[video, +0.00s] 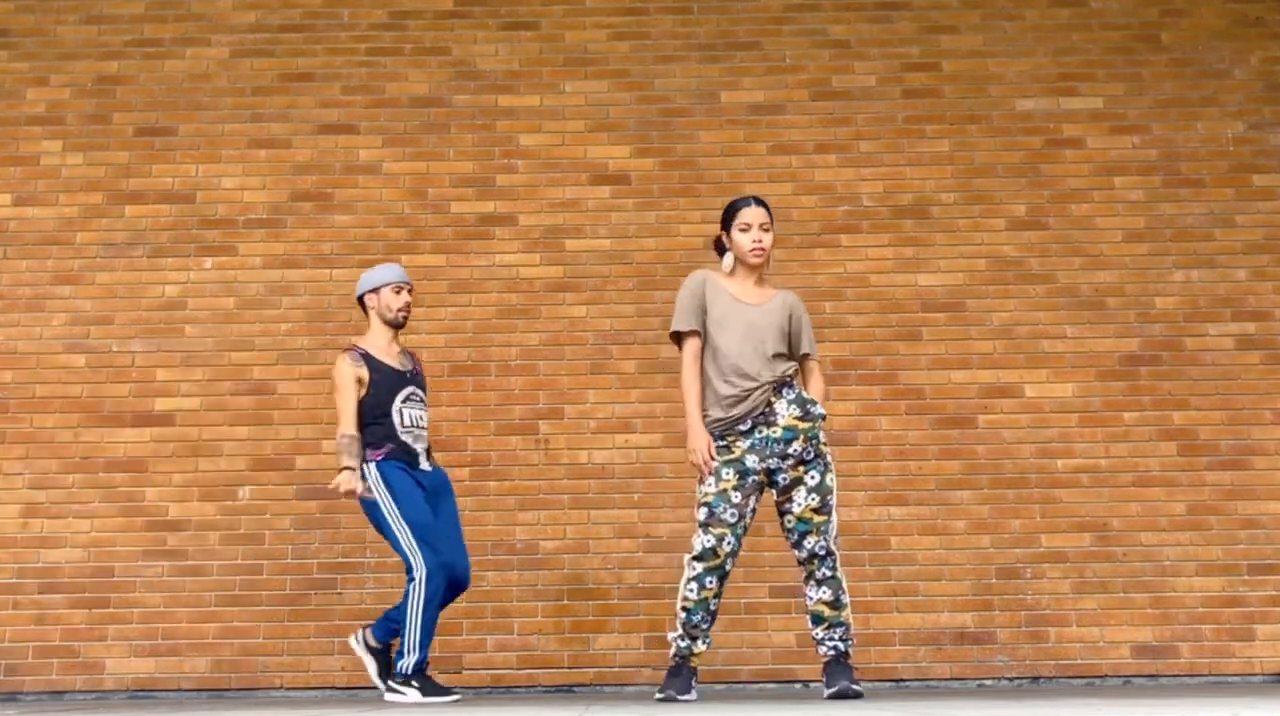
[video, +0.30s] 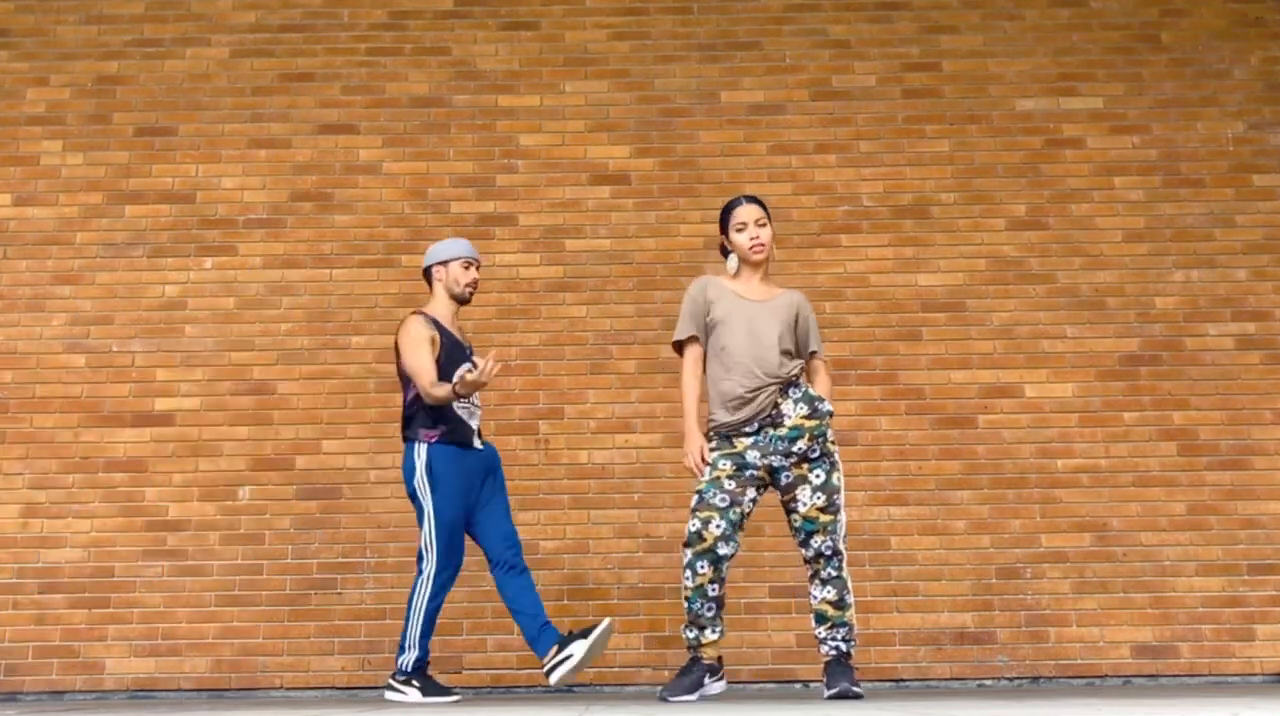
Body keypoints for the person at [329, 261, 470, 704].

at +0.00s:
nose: (407, 299)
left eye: (410, 292)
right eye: (397, 291)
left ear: (410, 301)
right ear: (370, 300)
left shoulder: (413, 361)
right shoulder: (351, 362)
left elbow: (413, 426)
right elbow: (347, 428)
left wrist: (430, 466)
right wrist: (350, 466)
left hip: (426, 471)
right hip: (383, 471)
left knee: (456, 572)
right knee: (427, 565)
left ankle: (376, 637)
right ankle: (408, 674)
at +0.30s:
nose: (476, 275)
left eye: (477, 268)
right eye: (467, 267)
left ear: (466, 277)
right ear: (438, 272)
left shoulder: (458, 337)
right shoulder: (416, 327)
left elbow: (455, 395)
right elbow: (429, 390)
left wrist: (477, 381)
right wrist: (466, 386)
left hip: (477, 456)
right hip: (437, 456)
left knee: (507, 558)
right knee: (439, 563)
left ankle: (552, 651)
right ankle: (407, 672)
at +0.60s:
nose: (543, 266)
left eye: (545, 259)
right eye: (535, 257)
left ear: (533, 267)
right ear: (507, 261)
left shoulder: (517, 316)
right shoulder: (492, 300)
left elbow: (515, 375)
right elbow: (493, 356)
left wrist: (536, 420)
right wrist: (521, 408)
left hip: (542, 448)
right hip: (503, 448)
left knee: (552, 561)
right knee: (485, 557)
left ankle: (570, 665)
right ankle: (426, 651)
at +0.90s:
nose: (599, 247)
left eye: (602, 240)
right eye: (589, 238)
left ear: (600, 252)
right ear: (561, 246)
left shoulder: (591, 320)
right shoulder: (532, 291)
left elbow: (583, 385)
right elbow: (499, 354)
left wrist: (604, 424)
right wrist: (521, 416)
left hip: (596, 439)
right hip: (551, 436)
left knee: (585, 550)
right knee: (558, 544)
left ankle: (578, 664)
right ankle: (547, 665)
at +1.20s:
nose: (619, 232)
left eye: (623, 225)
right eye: (609, 224)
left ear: (624, 235)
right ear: (582, 231)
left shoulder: (624, 299)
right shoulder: (553, 288)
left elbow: (626, 376)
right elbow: (544, 358)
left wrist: (648, 418)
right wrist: (598, 327)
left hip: (631, 429)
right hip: (579, 425)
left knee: (617, 544)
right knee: (594, 536)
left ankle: (581, 665)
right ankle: (615, 659)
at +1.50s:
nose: (640, 212)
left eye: (641, 204)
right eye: (629, 202)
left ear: (630, 214)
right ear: (597, 211)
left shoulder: (622, 282)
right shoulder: (576, 264)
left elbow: (629, 366)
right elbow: (613, 325)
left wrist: (657, 410)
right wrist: (672, 282)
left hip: (643, 413)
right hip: (603, 409)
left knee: (651, 531)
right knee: (617, 530)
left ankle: (593, 651)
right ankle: (617, 662)